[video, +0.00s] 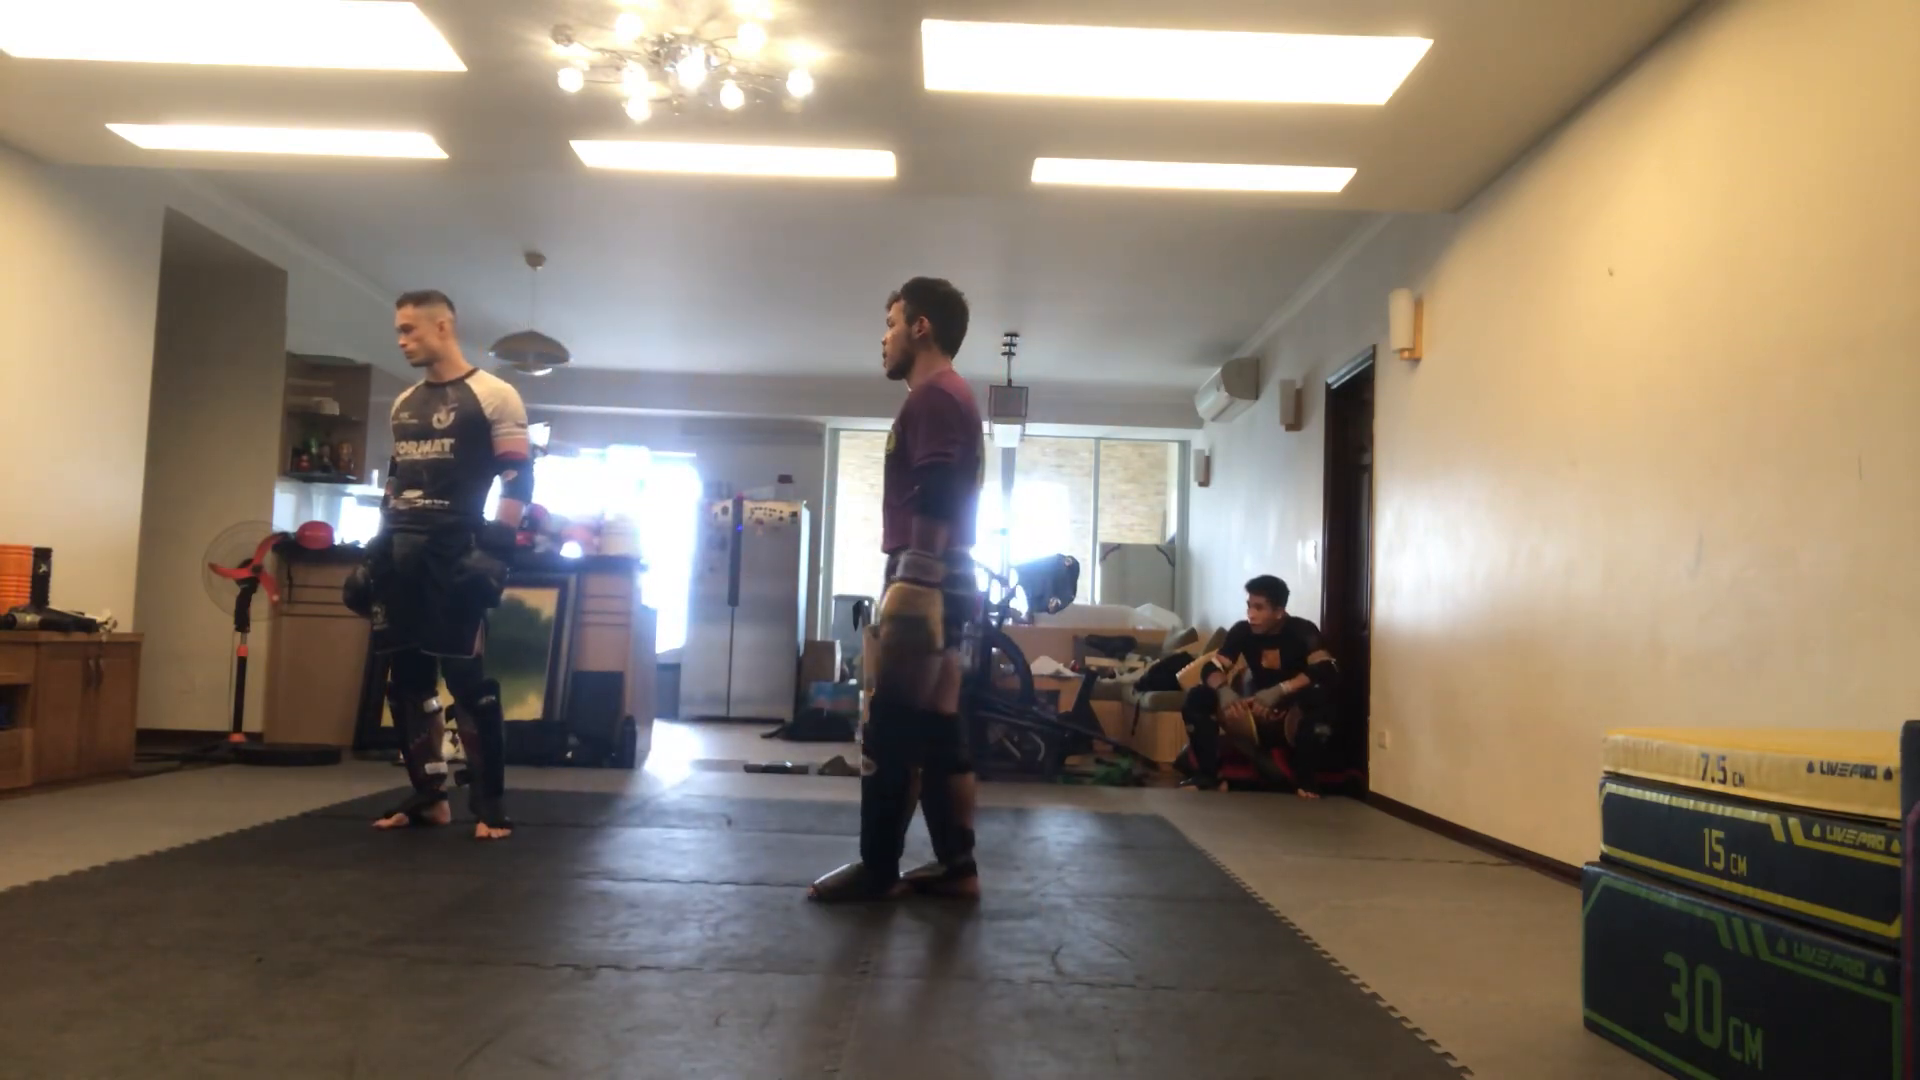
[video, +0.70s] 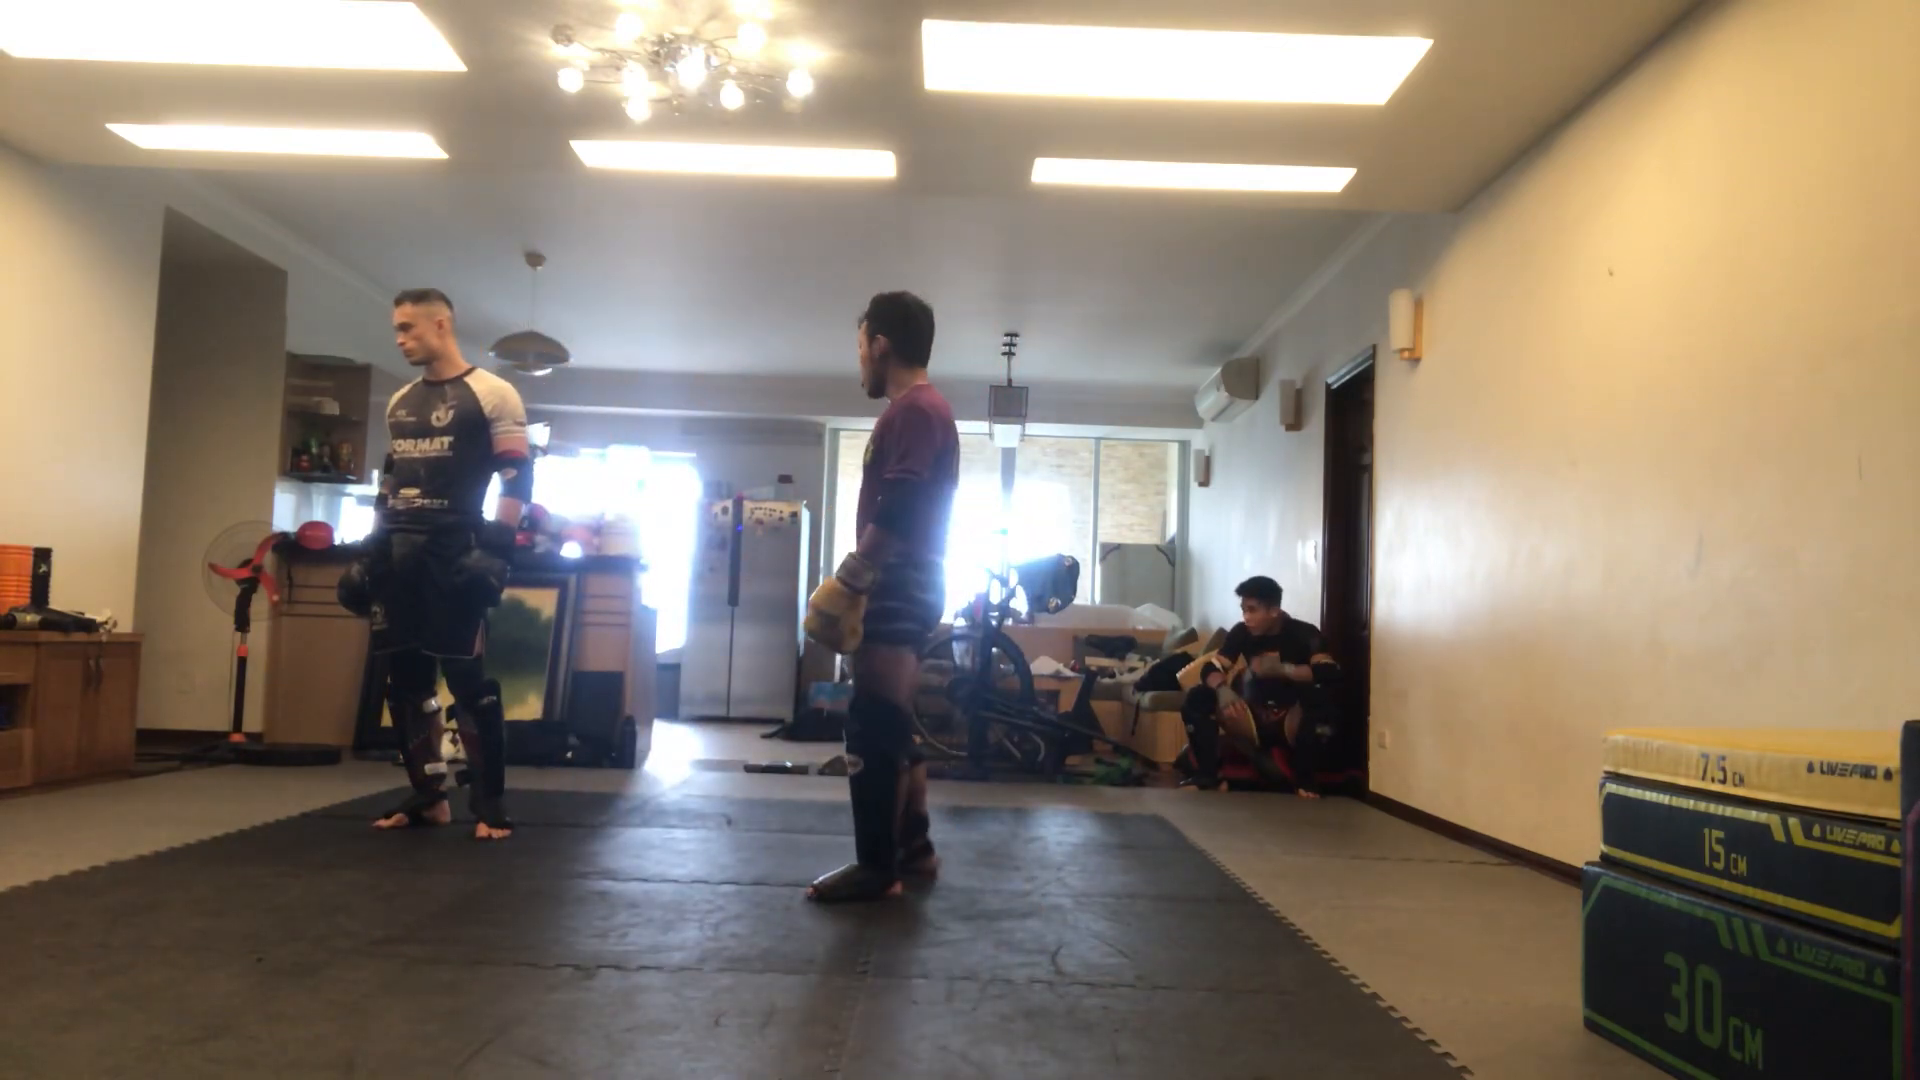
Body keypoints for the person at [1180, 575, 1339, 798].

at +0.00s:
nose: (1250, 614)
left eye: (1258, 608)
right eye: (1249, 606)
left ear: (1279, 611)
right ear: (1246, 604)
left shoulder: (1303, 631)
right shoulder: (1242, 631)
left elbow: (1325, 668)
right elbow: (1212, 669)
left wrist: (1278, 691)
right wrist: (1224, 691)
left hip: (1294, 711)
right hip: (1253, 711)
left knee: (1318, 702)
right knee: (1198, 698)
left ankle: (1306, 782)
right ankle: (1208, 776)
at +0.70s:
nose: (1245, 617)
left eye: (1251, 610)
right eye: (1243, 610)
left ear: (1274, 610)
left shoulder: (1304, 633)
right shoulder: (1242, 633)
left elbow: (1330, 671)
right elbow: (1211, 668)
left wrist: (1281, 669)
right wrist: (1223, 691)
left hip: (1292, 720)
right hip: (1250, 719)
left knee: (1320, 704)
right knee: (1198, 698)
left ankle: (1306, 781)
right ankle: (1208, 777)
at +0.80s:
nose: (1245, 619)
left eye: (1251, 612)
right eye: (1243, 612)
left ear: (1274, 611)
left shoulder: (1305, 633)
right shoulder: (1242, 633)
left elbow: (1324, 674)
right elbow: (1211, 669)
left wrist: (1278, 647)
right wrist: (1224, 691)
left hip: (1294, 720)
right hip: (1252, 719)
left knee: (1320, 699)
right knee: (1198, 698)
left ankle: (1306, 781)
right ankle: (1208, 777)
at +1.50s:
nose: (1246, 620)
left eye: (1252, 613)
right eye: (1243, 613)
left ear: (1273, 609)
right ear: (1240, 610)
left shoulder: (1304, 632)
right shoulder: (1241, 632)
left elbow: (1314, 675)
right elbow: (1210, 669)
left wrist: (1276, 637)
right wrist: (1222, 690)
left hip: (1291, 720)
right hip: (1251, 719)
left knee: (1317, 696)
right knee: (1198, 698)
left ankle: (1305, 780)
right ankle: (1207, 776)